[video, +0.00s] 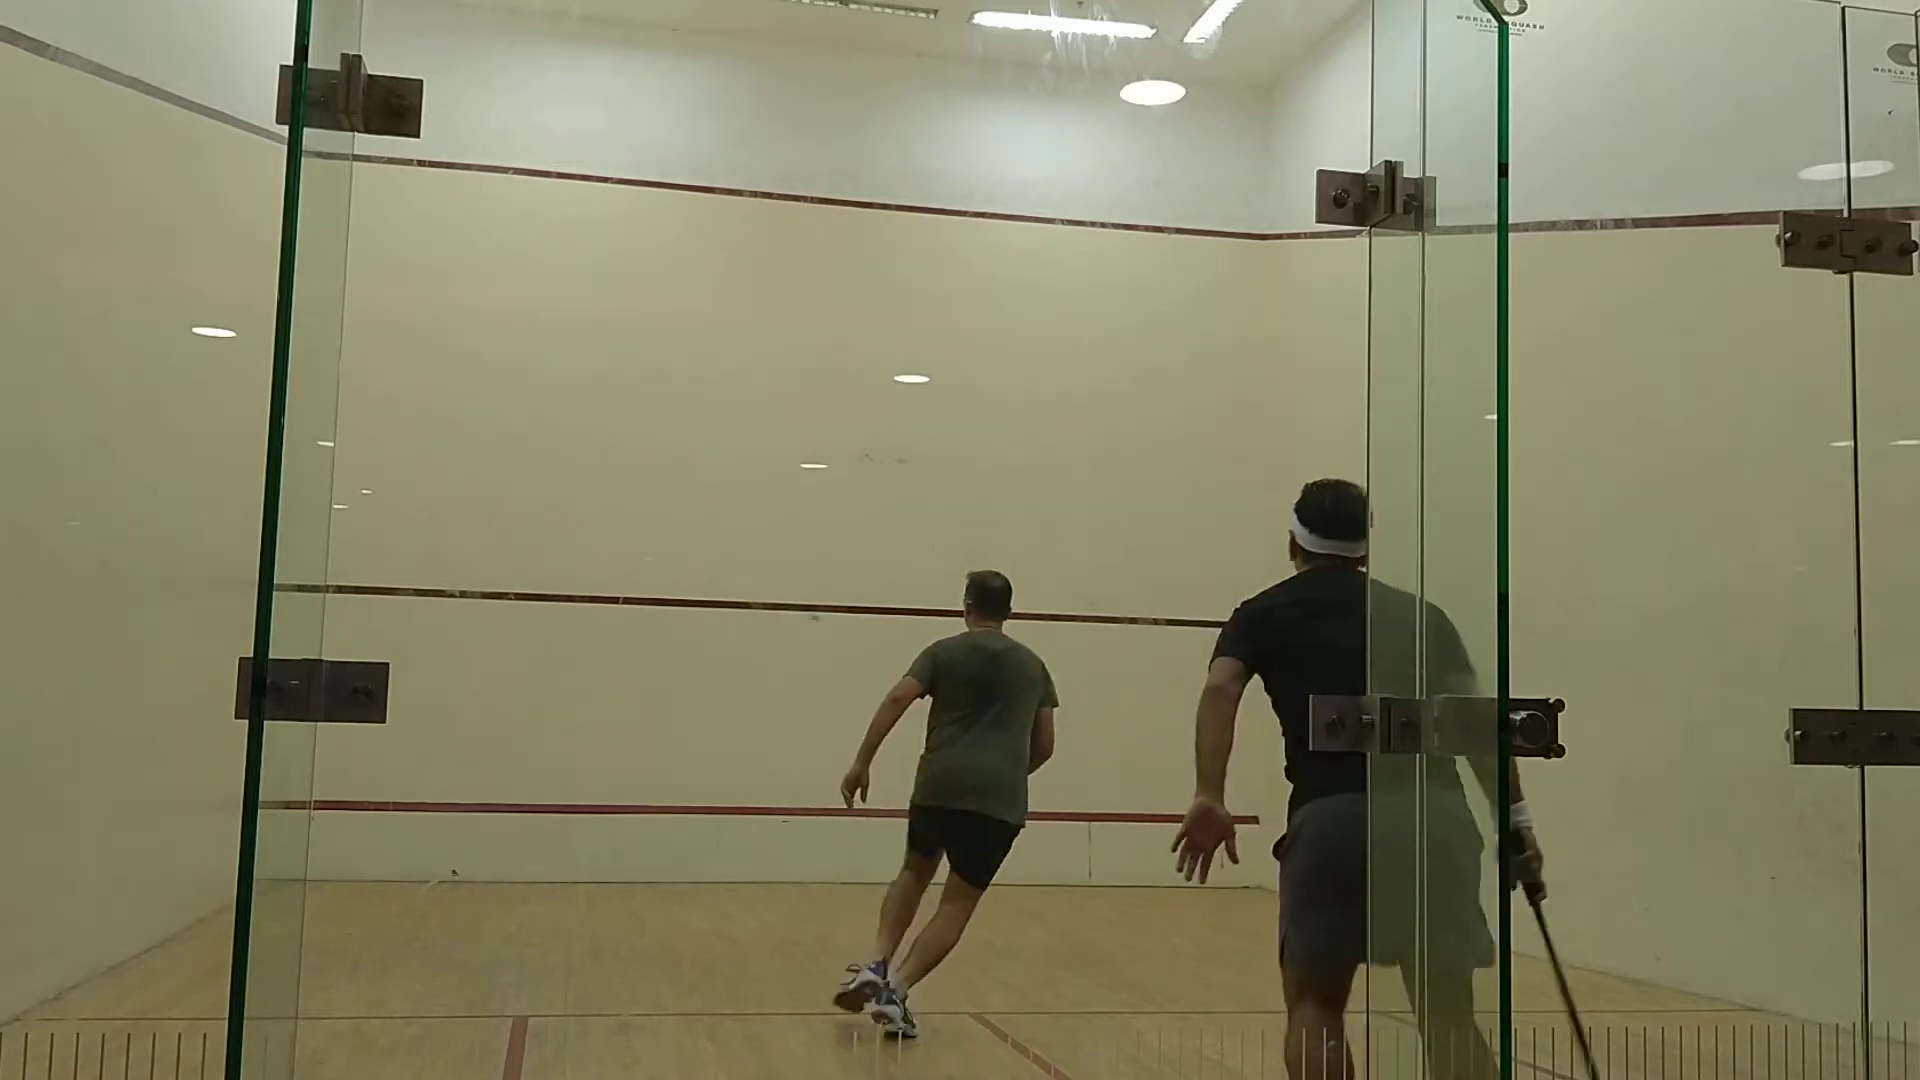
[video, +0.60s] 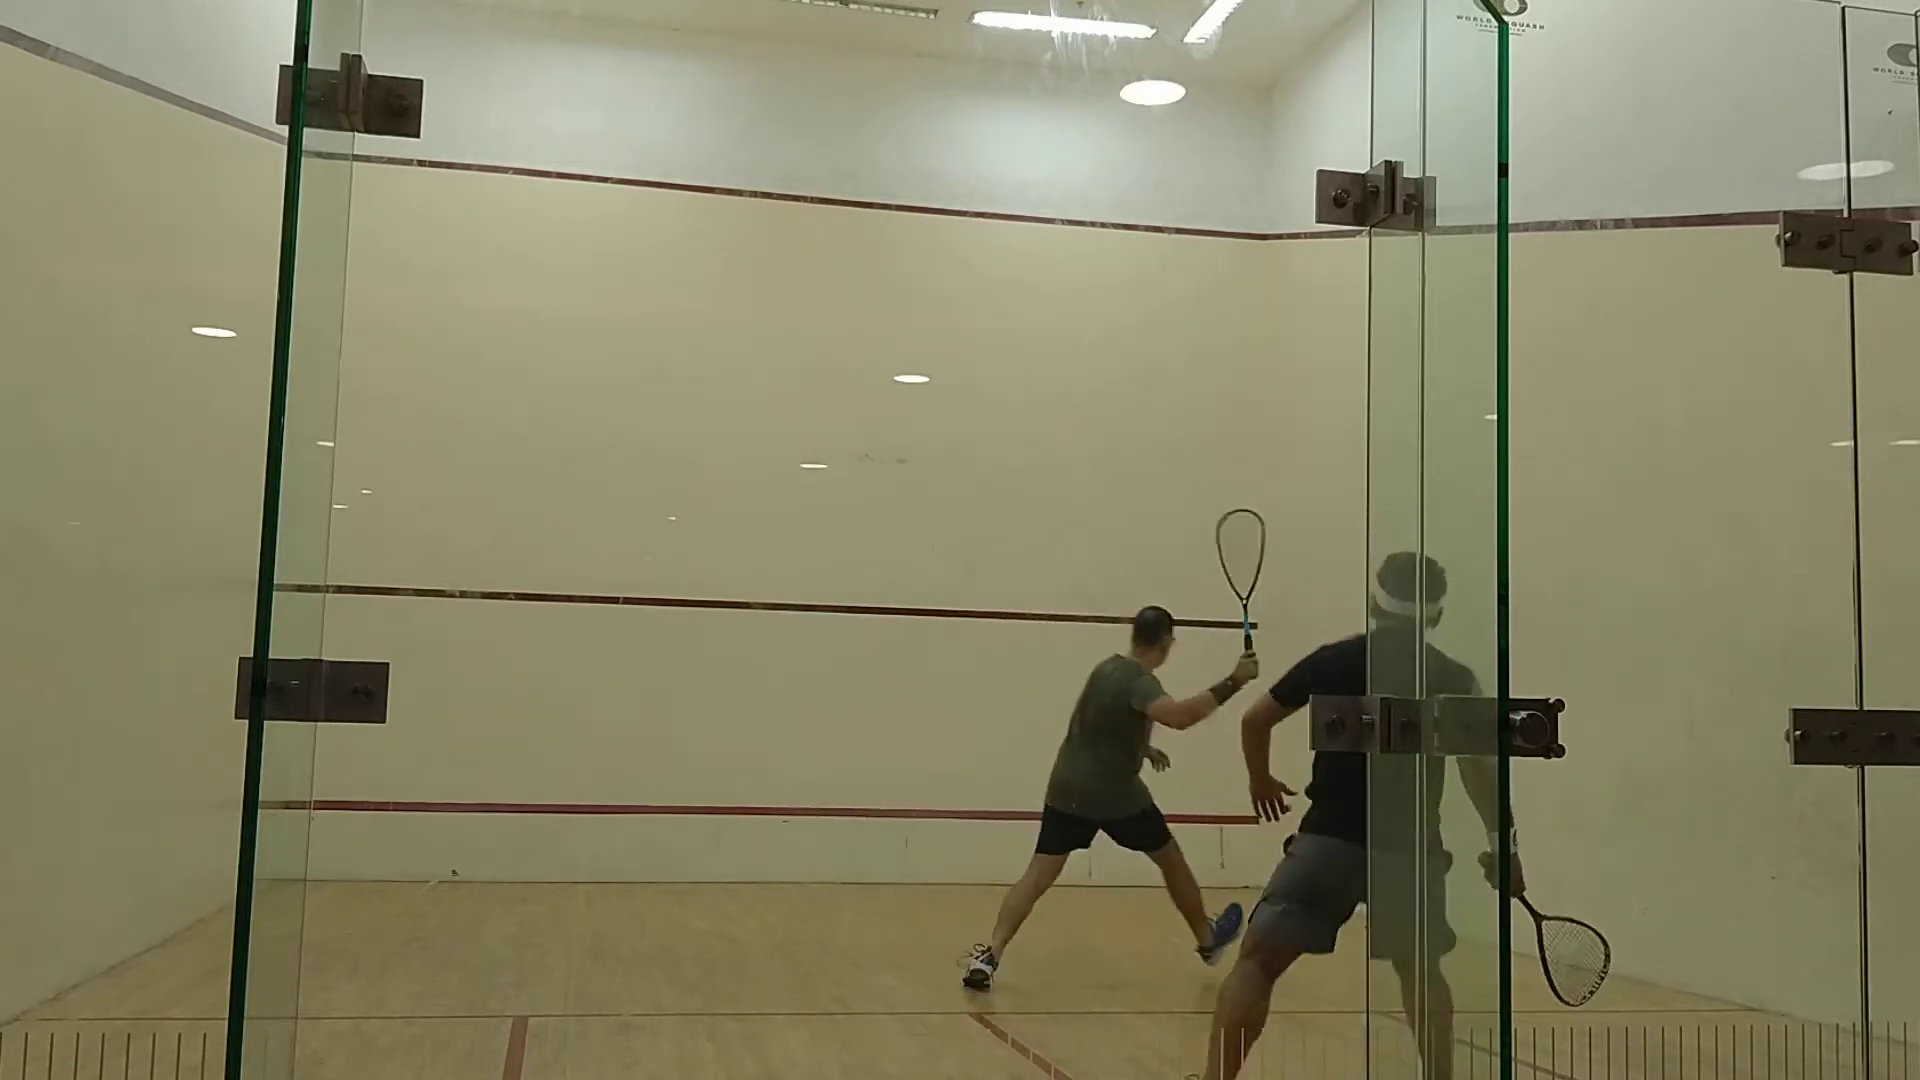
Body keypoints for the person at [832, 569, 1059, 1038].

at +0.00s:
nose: (964, 612)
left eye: (964, 606)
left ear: (966, 608)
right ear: (1008, 611)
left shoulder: (943, 652)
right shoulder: (1034, 666)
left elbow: (898, 699)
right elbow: (1043, 747)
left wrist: (861, 762)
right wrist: (1008, 772)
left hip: (936, 793)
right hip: (999, 804)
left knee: (915, 872)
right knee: (957, 905)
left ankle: (876, 966)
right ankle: (895, 993)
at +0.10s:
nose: (978, 608)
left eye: (975, 601)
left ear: (974, 603)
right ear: (1015, 605)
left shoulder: (949, 648)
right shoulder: (1039, 655)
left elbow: (896, 695)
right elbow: (1060, 732)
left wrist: (866, 753)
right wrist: (1042, 768)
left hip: (951, 783)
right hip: (1008, 793)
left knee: (942, 865)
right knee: (970, 895)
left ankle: (918, 970)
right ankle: (918, 953)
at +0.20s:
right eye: (1028, 609)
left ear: (990, 608)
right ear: (1030, 611)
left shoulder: (962, 655)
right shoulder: (1044, 658)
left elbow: (911, 708)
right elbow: (1070, 723)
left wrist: (897, 765)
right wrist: (1085, 762)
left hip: (959, 789)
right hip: (1015, 795)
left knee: (952, 870)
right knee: (1011, 886)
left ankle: (922, 974)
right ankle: (950, 940)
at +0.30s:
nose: (1054, 603)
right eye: (1058, 597)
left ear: (1020, 594)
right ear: (1057, 597)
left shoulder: (991, 637)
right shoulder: (1058, 641)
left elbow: (958, 695)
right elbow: (1082, 706)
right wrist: (1124, 737)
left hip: (982, 771)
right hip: (1037, 771)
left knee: (975, 860)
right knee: (1059, 852)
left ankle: (930, 958)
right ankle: (998, 940)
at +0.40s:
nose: (1090, 606)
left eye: (1085, 599)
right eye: (1092, 600)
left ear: (1055, 594)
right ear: (1090, 599)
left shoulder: (1020, 638)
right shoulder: (1076, 640)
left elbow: (1010, 695)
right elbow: (1104, 695)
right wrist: (1164, 704)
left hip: (1010, 765)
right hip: (1060, 764)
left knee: (1008, 856)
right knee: (1096, 835)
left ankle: (975, 957)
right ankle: (1065, 928)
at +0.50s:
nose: (1130, 626)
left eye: (1129, 619)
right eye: (1130, 619)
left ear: (1091, 613)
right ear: (1125, 618)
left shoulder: (1065, 649)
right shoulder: (1103, 655)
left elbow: (1055, 710)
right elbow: (1134, 697)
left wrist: (1102, 735)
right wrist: (1199, 680)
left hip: (1034, 777)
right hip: (1082, 779)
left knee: (1021, 864)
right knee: (1126, 842)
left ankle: (985, 961)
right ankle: (1145, 925)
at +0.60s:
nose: (1170, 649)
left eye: (1170, 643)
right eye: (1171, 643)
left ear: (1134, 637)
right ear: (1165, 642)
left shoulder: (1105, 669)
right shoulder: (1138, 680)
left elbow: (1097, 723)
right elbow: (1179, 716)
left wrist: (1142, 748)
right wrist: (1233, 681)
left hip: (1066, 792)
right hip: (1116, 795)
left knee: (1036, 876)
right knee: (1170, 859)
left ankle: (989, 956)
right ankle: (1206, 938)